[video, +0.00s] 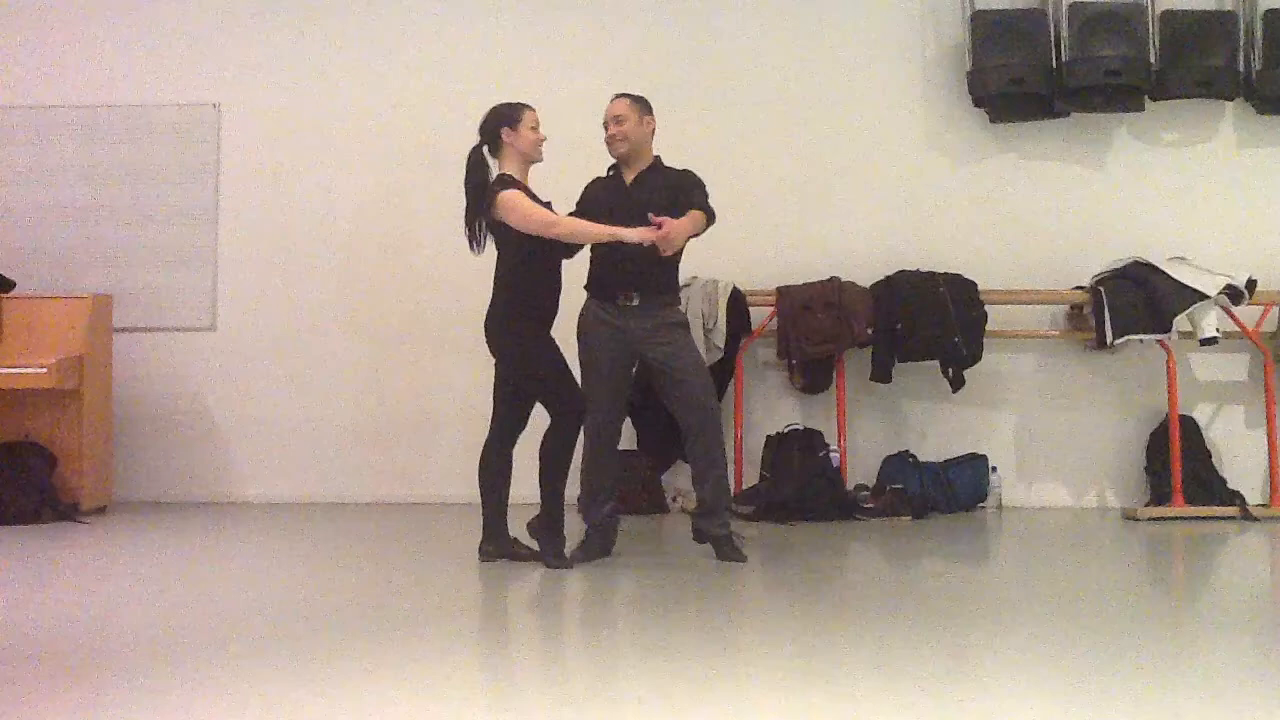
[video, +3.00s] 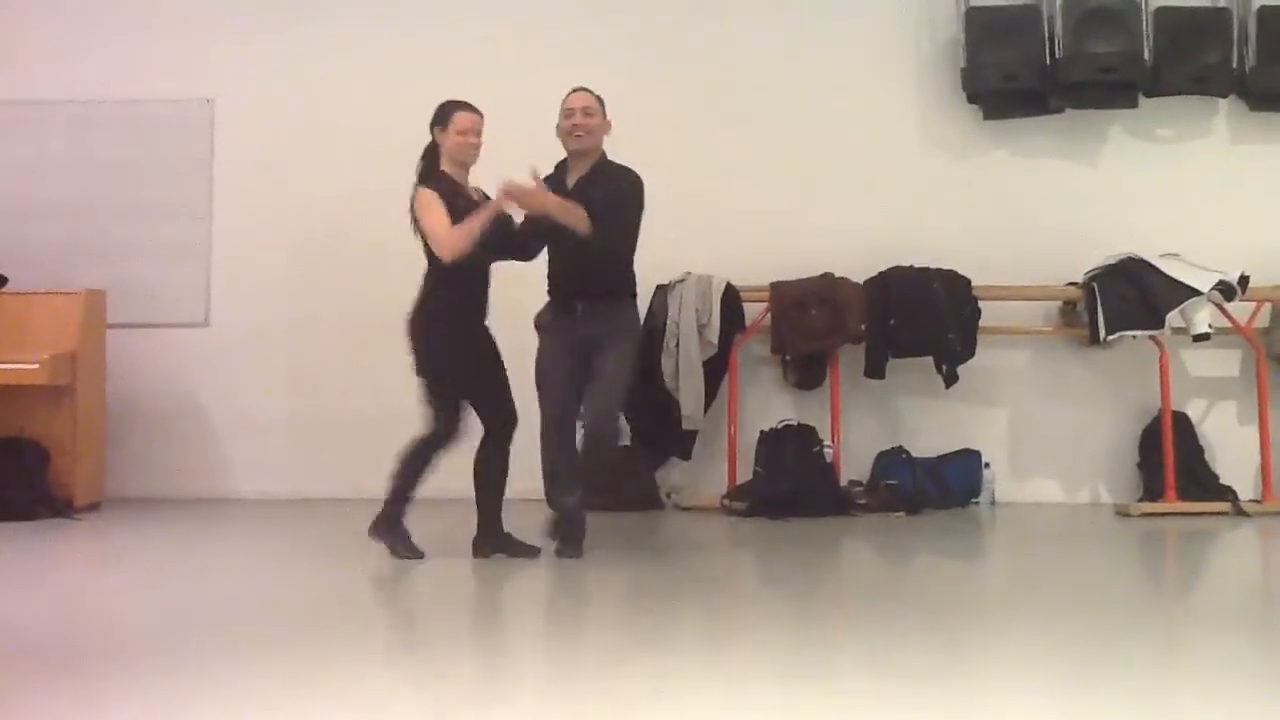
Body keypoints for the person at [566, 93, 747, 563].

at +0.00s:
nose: (610, 130)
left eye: (619, 121)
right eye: (606, 124)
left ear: (649, 126)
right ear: (605, 134)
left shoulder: (681, 181)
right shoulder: (597, 191)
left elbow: (702, 213)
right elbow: (568, 244)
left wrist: (683, 227)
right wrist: (528, 229)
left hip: (662, 320)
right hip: (604, 320)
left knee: (703, 411)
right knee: (601, 420)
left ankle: (714, 523)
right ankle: (599, 529)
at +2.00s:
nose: (628, 118)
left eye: (638, 110)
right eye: (619, 112)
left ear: (657, 118)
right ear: (609, 124)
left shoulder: (684, 174)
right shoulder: (598, 182)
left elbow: (723, 208)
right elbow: (570, 235)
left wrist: (688, 211)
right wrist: (523, 224)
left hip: (669, 314)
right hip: (610, 315)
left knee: (706, 407)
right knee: (605, 419)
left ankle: (717, 519)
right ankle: (601, 525)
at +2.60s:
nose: (593, 117)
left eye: (604, 109)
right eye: (585, 110)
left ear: (623, 120)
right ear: (574, 122)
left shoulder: (643, 180)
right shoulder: (559, 181)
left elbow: (689, 240)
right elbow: (519, 216)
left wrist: (673, 210)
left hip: (642, 315)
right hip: (585, 319)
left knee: (679, 415)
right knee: (572, 419)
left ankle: (718, 519)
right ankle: (572, 529)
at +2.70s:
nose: (583, 119)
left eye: (593, 112)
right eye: (575, 113)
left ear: (613, 123)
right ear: (565, 124)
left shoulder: (638, 189)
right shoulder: (554, 182)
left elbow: (662, 258)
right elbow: (516, 220)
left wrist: (623, 263)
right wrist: (481, 193)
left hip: (626, 319)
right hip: (571, 321)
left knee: (664, 412)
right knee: (562, 417)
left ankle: (717, 508)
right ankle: (571, 527)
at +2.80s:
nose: (581, 119)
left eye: (592, 112)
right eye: (573, 112)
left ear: (611, 123)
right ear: (563, 124)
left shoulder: (635, 188)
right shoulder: (554, 181)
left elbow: (648, 260)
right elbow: (521, 226)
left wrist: (595, 268)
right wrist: (480, 203)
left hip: (621, 316)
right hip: (567, 318)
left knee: (641, 406)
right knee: (562, 419)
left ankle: (692, 487)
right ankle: (571, 523)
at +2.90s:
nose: (579, 121)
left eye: (589, 113)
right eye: (571, 114)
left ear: (608, 125)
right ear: (561, 126)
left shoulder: (630, 187)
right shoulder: (549, 186)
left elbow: (626, 255)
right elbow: (532, 238)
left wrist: (573, 248)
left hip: (617, 315)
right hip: (565, 315)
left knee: (618, 407)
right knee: (560, 418)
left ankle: (650, 471)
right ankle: (570, 522)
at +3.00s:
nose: (576, 120)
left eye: (587, 113)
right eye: (568, 114)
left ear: (606, 126)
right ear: (558, 128)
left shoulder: (625, 183)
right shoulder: (550, 187)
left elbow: (615, 241)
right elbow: (525, 245)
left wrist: (548, 206)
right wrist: (484, 228)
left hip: (615, 319)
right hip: (562, 319)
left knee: (600, 415)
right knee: (556, 417)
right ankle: (567, 519)